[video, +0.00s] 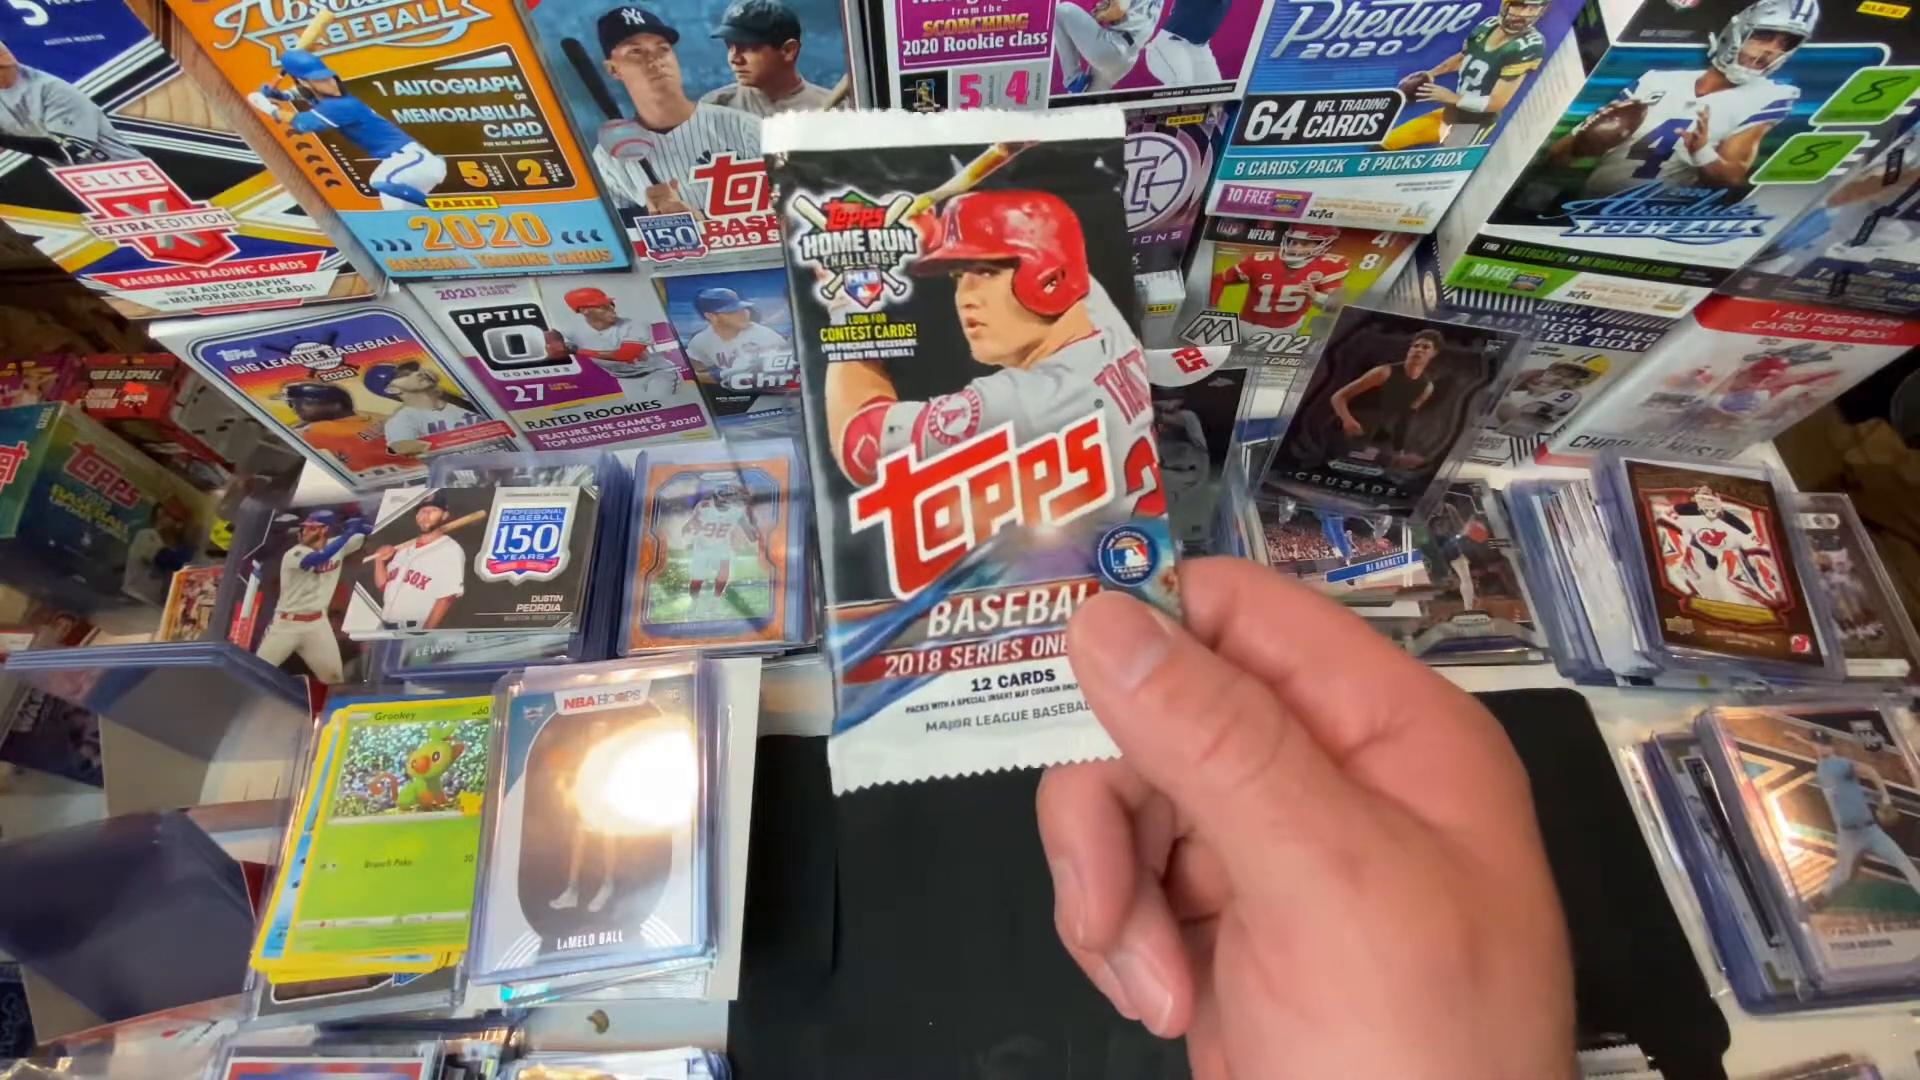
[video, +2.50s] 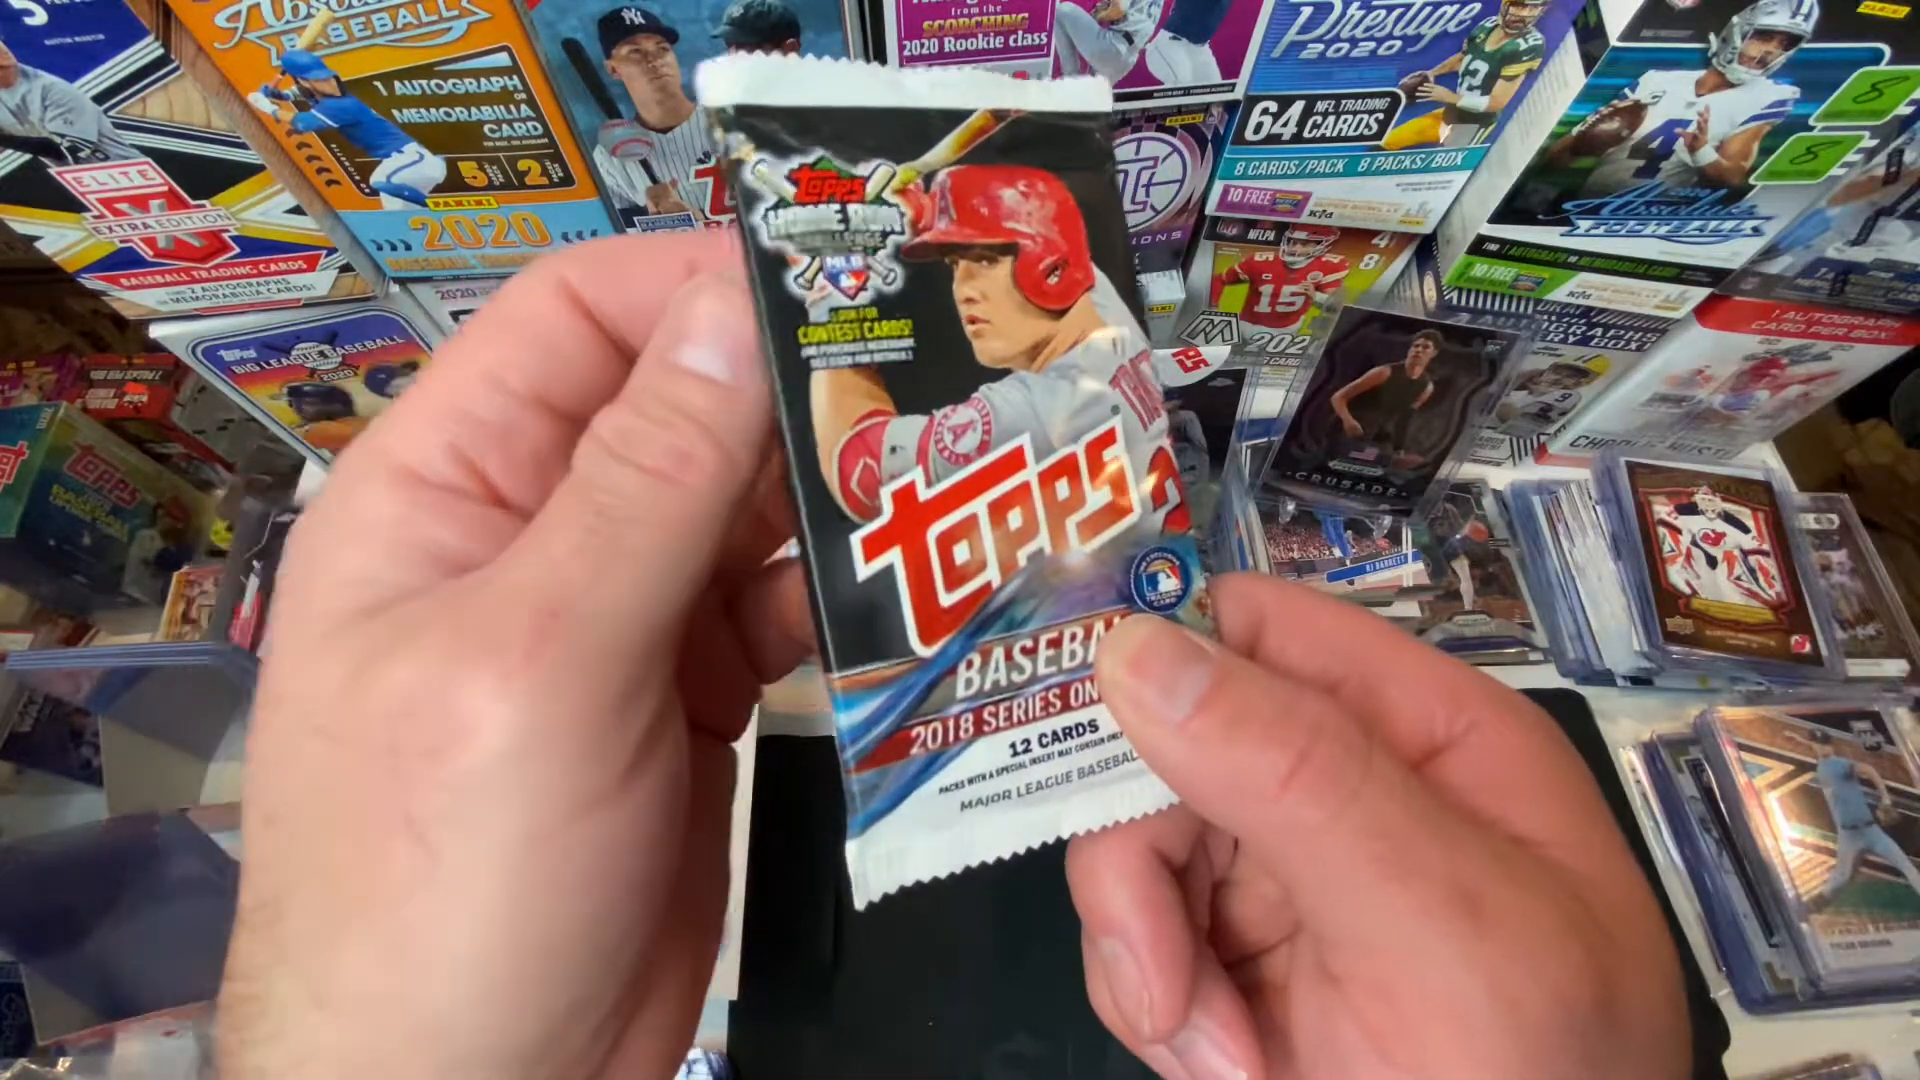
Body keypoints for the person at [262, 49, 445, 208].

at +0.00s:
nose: (331, 80)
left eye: (328, 76)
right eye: (322, 78)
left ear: (309, 82)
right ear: (306, 84)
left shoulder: (343, 106)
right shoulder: (330, 104)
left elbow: (300, 122)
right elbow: (302, 93)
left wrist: (271, 110)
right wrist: (277, 94)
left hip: (415, 157)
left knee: (381, 179)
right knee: (399, 222)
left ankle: (437, 214)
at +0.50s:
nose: (331, 80)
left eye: (328, 75)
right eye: (323, 78)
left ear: (311, 83)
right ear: (306, 84)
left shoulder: (344, 105)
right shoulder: (330, 103)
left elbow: (301, 122)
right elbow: (300, 93)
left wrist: (271, 110)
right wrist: (275, 94)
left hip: (414, 158)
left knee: (381, 180)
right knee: (399, 218)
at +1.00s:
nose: (331, 80)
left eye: (329, 76)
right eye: (323, 78)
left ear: (310, 83)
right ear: (306, 84)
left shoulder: (344, 106)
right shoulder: (332, 103)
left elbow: (300, 122)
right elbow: (300, 93)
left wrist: (271, 110)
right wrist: (277, 95)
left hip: (414, 158)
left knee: (381, 180)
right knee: (399, 220)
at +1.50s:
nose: (329, 80)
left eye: (327, 75)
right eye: (321, 77)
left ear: (310, 82)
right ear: (305, 83)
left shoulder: (344, 106)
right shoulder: (332, 103)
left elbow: (300, 123)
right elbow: (300, 94)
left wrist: (271, 110)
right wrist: (276, 94)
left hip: (414, 159)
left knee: (380, 179)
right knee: (399, 221)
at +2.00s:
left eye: (302, 82)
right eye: (321, 77)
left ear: (308, 83)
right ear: (307, 82)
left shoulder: (341, 106)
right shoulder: (332, 103)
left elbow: (300, 122)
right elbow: (300, 94)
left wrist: (271, 109)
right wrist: (276, 94)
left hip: (414, 158)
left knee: (380, 179)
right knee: (398, 218)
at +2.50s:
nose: (331, 80)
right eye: (323, 78)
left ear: (307, 83)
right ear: (307, 82)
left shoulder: (342, 106)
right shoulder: (332, 103)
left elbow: (300, 123)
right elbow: (302, 93)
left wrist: (270, 109)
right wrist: (277, 95)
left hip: (413, 158)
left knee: (380, 180)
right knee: (399, 219)